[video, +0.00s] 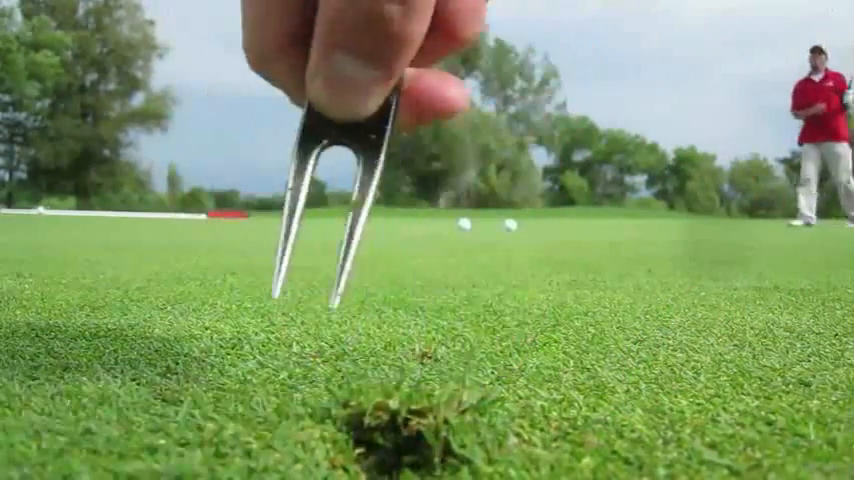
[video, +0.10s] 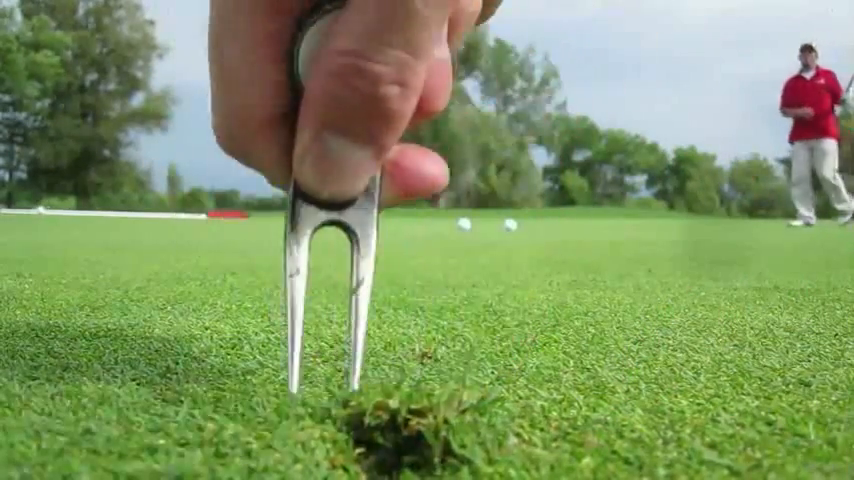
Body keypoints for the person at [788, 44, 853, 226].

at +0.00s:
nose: (816, 60)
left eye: (819, 56)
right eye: (813, 57)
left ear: (825, 59)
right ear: (809, 60)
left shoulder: (838, 80)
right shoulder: (801, 85)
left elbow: (846, 103)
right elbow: (796, 112)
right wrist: (813, 110)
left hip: (836, 137)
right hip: (810, 138)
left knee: (844, 180)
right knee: (807, 179)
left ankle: (851, 215)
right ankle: (806, 216)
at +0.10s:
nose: (806, 58)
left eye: (809, 54)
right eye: (803, 55)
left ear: (816, 57)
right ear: (799, 58)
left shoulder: (828, 77)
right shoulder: (791, 83)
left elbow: (840, 100)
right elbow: (783, 109)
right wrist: (800, 112)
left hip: (825, 134)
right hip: (801, 136)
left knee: (826, 173)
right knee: (799, 178)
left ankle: (846, 209)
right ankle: (805, 216)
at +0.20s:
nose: (798, 56)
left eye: (801, 52)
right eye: (795, 53)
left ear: (807, 54)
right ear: (791, 56)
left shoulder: (820, 75)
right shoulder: (784, 81)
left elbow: (832, 97)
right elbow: (773, 106)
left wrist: (839, 97)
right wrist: (787, 110)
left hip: (816, 130)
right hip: (793, 133)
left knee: (808, 169)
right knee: (792, 176)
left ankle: (826, 207)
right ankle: (804, 215)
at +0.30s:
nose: (791, 55)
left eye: (793, 52)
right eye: (787, 52)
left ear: (799, 54)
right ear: (783, 55)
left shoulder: (811, 73)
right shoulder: (776, 80)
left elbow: (825, 95)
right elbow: (765, 104)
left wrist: (838, 92)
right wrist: (775, 110)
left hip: (807, 127)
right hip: (786, 130)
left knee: (793, 168)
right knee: (791, 173)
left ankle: (800, 212)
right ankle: (806, 213)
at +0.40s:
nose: (782, 56)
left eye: (785, 52)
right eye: (779, 53)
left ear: (791, 54)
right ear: (775, 56)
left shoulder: (802, 73)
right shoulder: (768, 80)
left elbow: (817, 93)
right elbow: (759, 104)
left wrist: (831, 94)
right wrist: (763, 114)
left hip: (798, 129)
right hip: (778, 131)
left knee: (784, 170)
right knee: (792, 174)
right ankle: (805, 215)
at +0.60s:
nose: (764, 58)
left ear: (774, 54)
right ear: (757, 57)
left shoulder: (782, 73)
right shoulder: (755, 76)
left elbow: (801, 94)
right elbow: (746, 102)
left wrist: (821, 106)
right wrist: (738, 125)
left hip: (774, 131)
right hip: (758, 132)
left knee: (759, 172)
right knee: (775, 176)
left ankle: (749, 212)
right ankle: (798, 210)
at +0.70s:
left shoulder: (772, 74)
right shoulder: (745, 78)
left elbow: (788, 95)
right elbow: (735, 103)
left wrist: (801, 114)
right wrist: (731, 130)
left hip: (763, 128)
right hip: (747, 130)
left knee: (750, 172)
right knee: (752, 175)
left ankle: (746, 213)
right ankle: (782, 200)